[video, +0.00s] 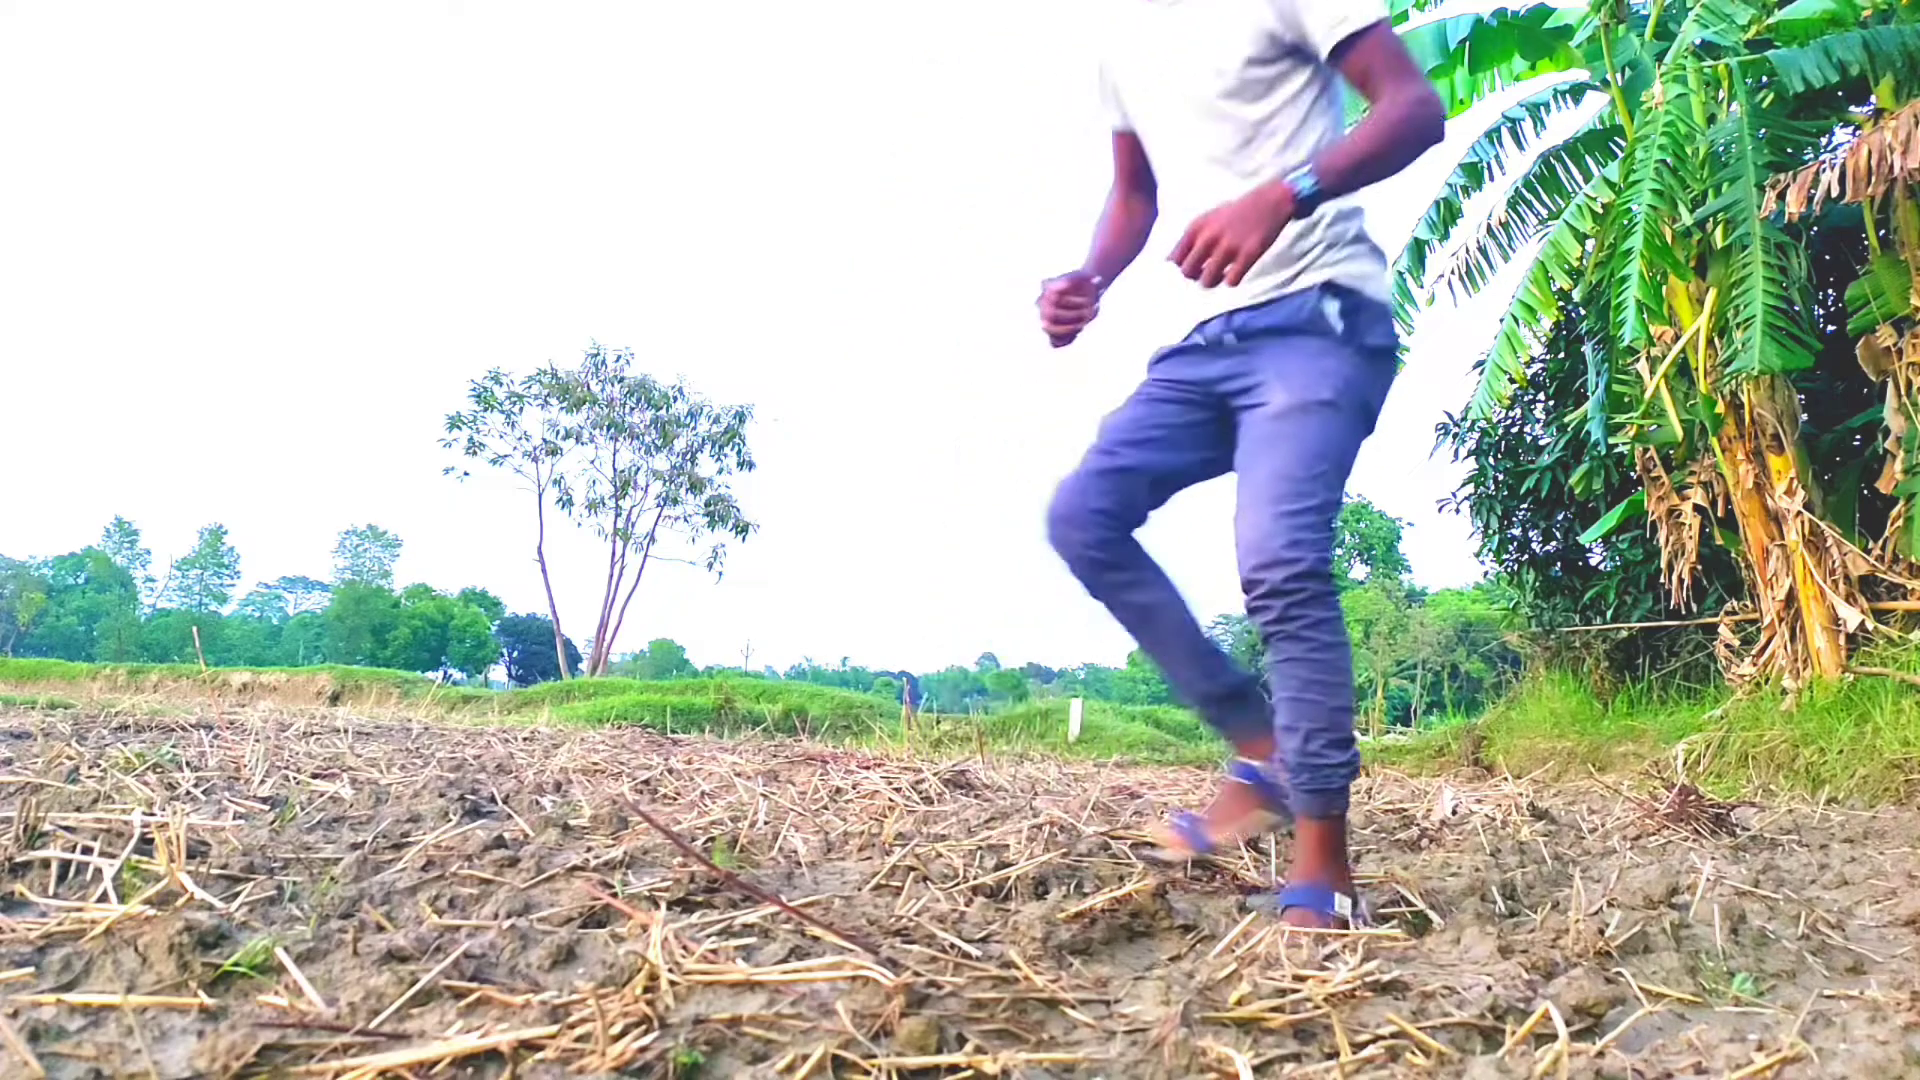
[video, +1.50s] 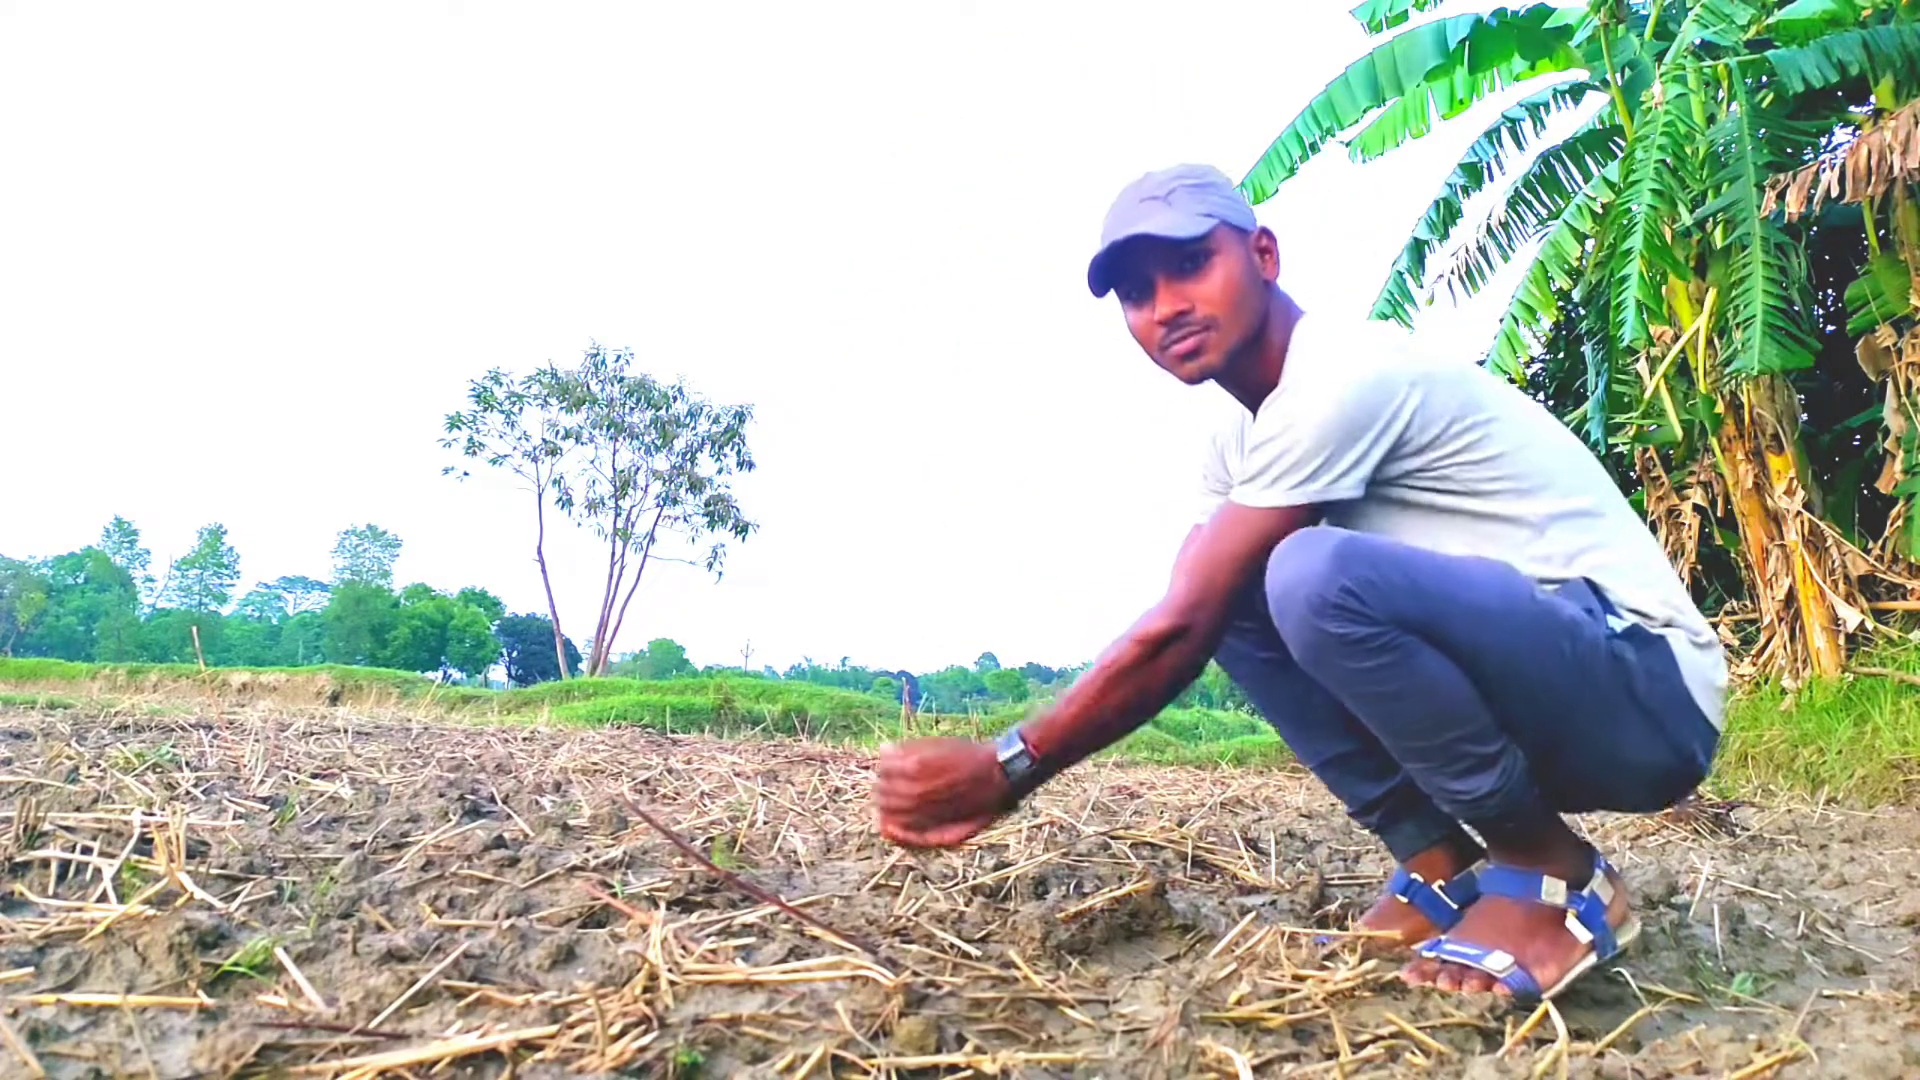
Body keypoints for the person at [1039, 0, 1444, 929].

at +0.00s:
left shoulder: (1291, 8)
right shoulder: (1117, 44)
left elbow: (1415, 108)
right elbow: (1134, 189)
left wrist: (1281, 195)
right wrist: (1094, 275)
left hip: (1318, 319)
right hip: (1209, 341)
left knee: (1282, 566)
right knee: (1082, 518)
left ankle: (1319, 877)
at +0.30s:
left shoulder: (1390, 5)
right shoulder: (1197, 31)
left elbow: (1516, 63)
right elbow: (1198, 199)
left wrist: (1387, 194)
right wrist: (1157, 321)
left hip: (1460, 248)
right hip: (1395, 278)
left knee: (1271, 444)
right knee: (1301, 589)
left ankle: (1425, 775)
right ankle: (1385, 856)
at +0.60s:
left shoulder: (1449, 5)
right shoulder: (1290, 24)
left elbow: (1493, 126)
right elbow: (1311, 214)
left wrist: (1388, 357)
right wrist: (1251, 407)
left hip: (1585, 250)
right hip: (1467, 285)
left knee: (1409, 537)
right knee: (1278, 522)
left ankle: (1580, 912)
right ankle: (1431, 823)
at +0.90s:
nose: (1185, 140)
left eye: (1189, 90)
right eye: (1151, 129)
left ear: (1256, 38)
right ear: (1143, 147)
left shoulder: (1407, 102)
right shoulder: (1266, 228)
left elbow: (1322, 391)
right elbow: (1231, 436)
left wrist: (1187, 614)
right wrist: (1144, 622)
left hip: (1715, 345)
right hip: (1584, 374)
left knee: (1440, 541)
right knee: (1334, 531)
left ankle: (1605, 926)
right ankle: (1471, 873)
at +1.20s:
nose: (1180, 360)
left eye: (1194, 313)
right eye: (1147, 347)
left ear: (1269, 283)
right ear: (1139, 370)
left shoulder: (1370, 396)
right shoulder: (1254, 463)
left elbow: (1198, 651)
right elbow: (1185, 642)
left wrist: (1029, 804)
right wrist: (1036, 796)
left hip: (1660, 711)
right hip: (1554, 726)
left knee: (1355, 576)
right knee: (1251, 603)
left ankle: (1559, 890)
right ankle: (1455, 872)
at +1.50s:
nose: (1164, 306)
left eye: (1189, 263)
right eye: (1134, 290)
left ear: (1265, 255)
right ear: (1123, 319)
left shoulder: (1348, 378)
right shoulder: (1238, 445)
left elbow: (1180, 629)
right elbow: (1175, 647)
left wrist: (1008, 767)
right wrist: (1011, 770)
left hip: (1644, 684)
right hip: (1540, 702)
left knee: (1324, 581)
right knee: (1230, 611)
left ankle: (1550, 874)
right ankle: (1441, 865)